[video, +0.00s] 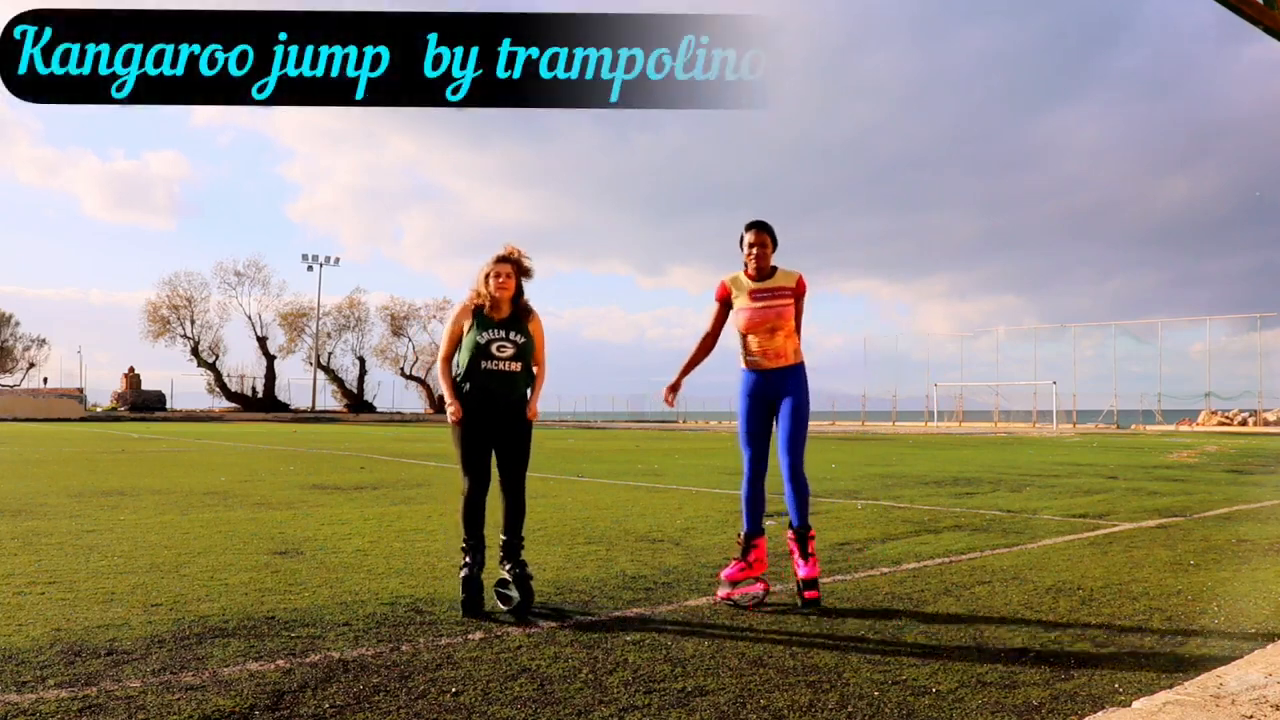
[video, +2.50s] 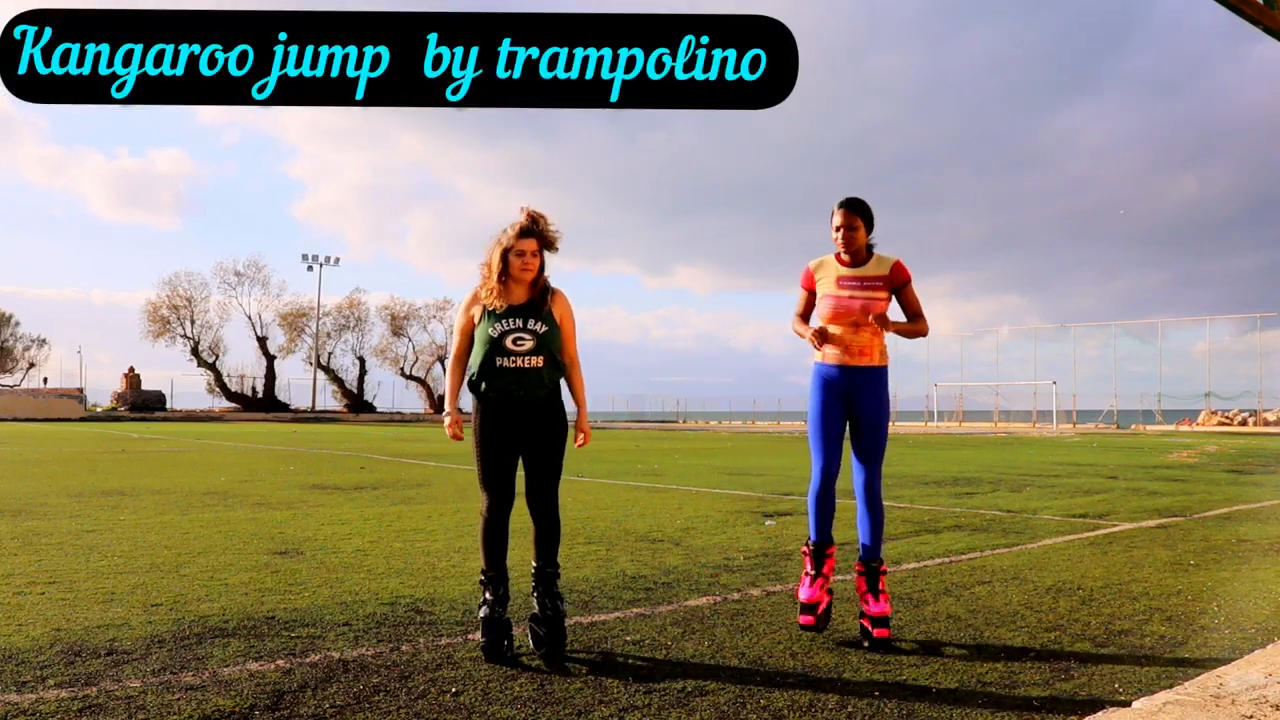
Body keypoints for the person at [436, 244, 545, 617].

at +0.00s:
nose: (503, 281)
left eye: (509, 276)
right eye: (497, 275)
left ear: (518, 281)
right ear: (485, 279)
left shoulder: (529, 319)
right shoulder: (465, 312)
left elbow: (539, 365)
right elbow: (443, 360)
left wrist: (534, 399)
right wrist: (450, 399)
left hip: (514, 411)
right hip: (472, 410)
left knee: (514, 487)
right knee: (476, 486)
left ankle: (512, 559)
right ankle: (472, 560)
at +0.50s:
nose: (493, 292)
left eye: (499, 286)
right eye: (487, 286)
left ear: (506, 289)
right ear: (474, 286)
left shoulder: (518, 321)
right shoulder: (455, 319)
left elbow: (531, 366)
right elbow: (435, 369)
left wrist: (543, 401)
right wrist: (439, 397)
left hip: (508, 415)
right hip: (466, 415)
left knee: (517, 489)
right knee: (469, 491)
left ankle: (516, 561)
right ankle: (469, 565)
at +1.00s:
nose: (528, 290)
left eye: (535, 284)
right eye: (522, 282)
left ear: (543, 285)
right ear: (507, 281)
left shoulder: (551, 320)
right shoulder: (483, 313)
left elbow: (561, 371)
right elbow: (458, 357)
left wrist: (570, 418)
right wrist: (446, 398)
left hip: (533, 414)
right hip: (486, 412)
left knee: (533, 491)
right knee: (488, 486)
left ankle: (533, 570)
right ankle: (483, 562)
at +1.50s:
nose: (519, 283)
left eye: (525, 276)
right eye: (512, 276)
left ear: (535, 278)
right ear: (498, 276)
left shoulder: (549, 314)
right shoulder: (476, 314)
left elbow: (561, 369)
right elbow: (455, 366)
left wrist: (571, 417)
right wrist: (452, 413)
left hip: (538, 420)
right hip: (490, 421)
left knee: (544, 506)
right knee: (497, 503)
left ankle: (537, 574)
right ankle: (495, 592)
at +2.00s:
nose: (531, 263)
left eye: (539, 257)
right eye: (524, 256)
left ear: (549, 262)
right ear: (511, 259)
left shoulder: (565, 306)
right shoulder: (489, 302)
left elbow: (577, 362)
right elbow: (468, 357)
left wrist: (585, 410)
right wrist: (461, 408)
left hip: (547, 415)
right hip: (496, 414)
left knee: (545, 503)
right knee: (497, 502)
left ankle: (548, 595)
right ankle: (494, 597)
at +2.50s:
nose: (528, 261)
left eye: (534, 254)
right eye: (520, 254)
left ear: (542, 258)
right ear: (504, 256)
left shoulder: (555, 301)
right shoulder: (479, 300)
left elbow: (569, 358)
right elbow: (458, 357)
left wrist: (582, 410)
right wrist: (452, 406)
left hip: (545, 416)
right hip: (495, 417)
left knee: (544, 505)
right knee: (497, 505)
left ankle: (547, 595)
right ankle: (493, 598)